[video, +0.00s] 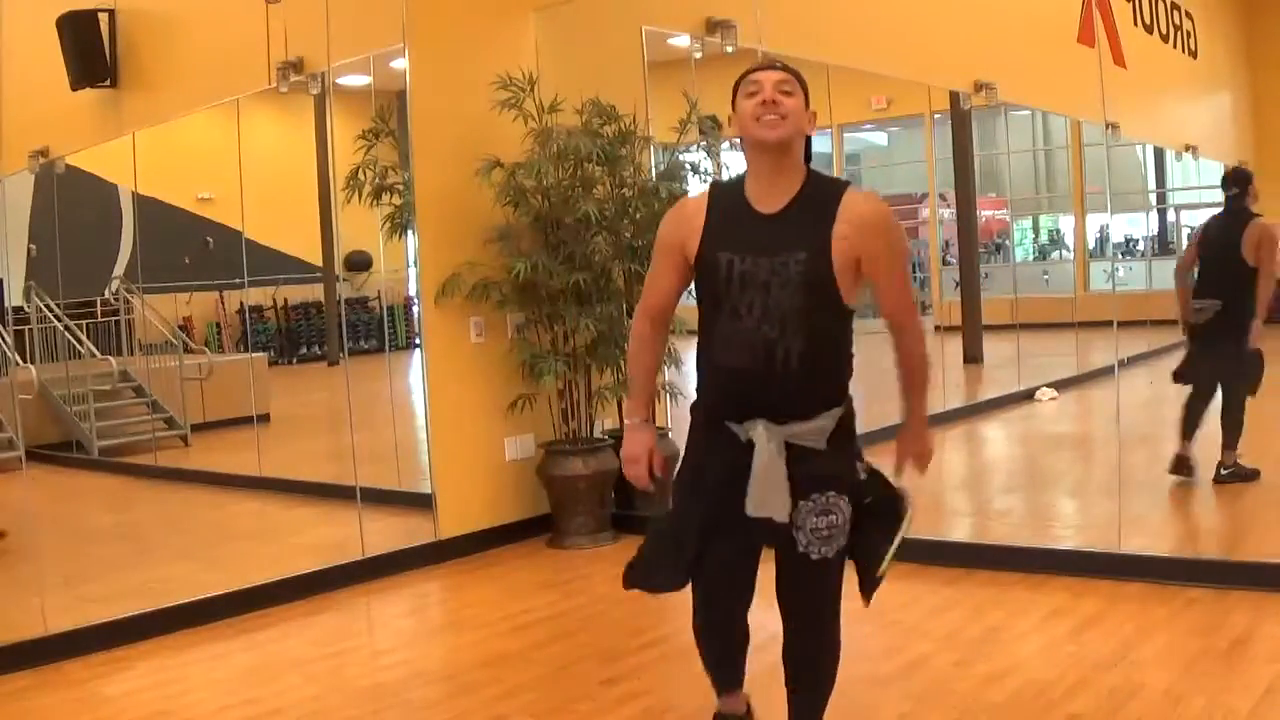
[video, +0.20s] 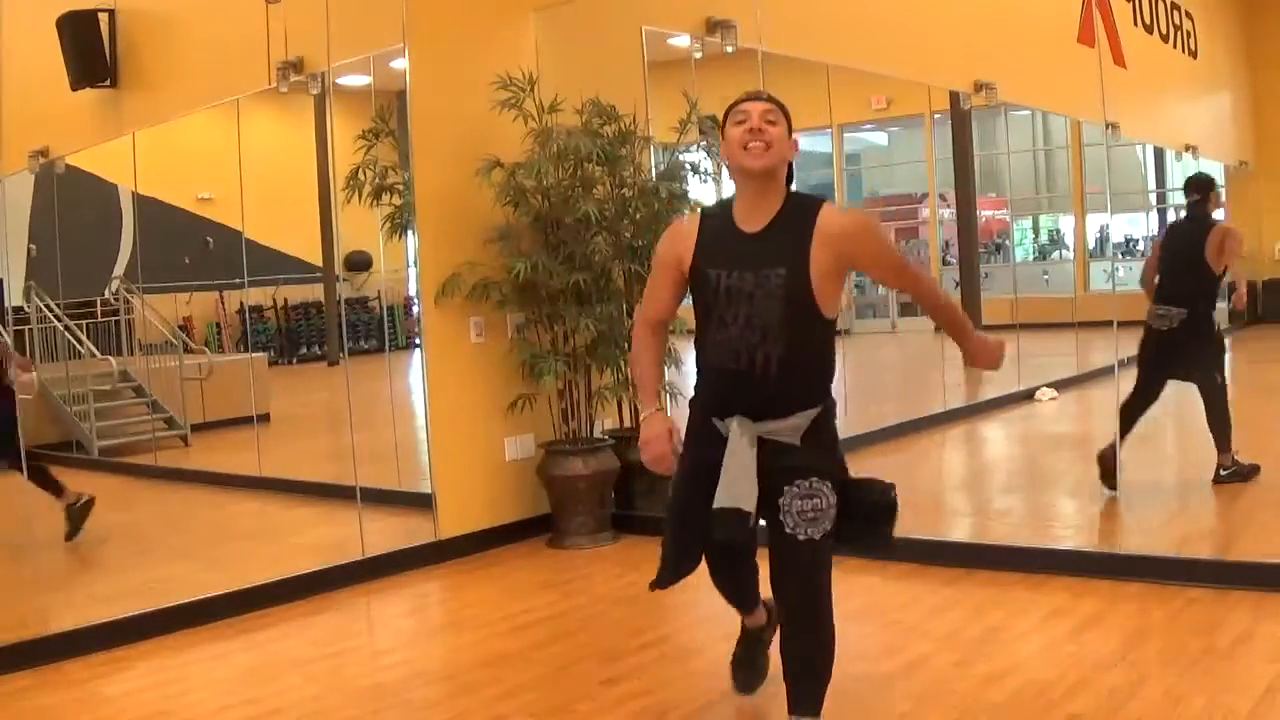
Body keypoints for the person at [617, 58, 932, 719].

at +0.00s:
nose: (769, 98)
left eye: (785, 91)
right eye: (753, 92)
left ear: (810, 120)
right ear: (734, 123)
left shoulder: (858, 214)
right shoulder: (692, 218)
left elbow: (906, 326)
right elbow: (649, 321)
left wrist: (915, 421)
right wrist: (637, 421)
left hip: (817, 443)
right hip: (722, 441)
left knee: (811, 612)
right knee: (716, 604)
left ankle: (806, 716)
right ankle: (729, 706)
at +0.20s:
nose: (756, 127)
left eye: (771, 120)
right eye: (740, 121)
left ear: (792, 148)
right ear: (722, 149)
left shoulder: (838, 229)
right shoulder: (688, 235)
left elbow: (917, 284)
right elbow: (648, 326)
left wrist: (972, 340)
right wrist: (651, 413)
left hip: (799, 434)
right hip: (718, 433)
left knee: (801, 593)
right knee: (724, 559)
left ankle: (804, 712)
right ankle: (755, 619)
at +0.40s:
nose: (726, 194)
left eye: (739, 184)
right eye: (714, 186)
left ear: (763, 201)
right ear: (702, 206)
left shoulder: (805, 280)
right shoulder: (685, 282)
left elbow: (877, 357)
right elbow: (656, 358)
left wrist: (925, 433)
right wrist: (651, 408)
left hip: (787, 457)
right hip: (716, 452)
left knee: (791, 586)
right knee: (723, 560)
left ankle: (798, 707)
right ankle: (771, 630)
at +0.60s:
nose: (713, 165)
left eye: (724, 155)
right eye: (701, 160)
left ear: (746, 168)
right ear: (691, 181)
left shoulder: (784, 232)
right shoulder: (680, 249)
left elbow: (771, 331)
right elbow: (637, 332)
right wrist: (619, 284)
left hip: (795, 406)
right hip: (732, 408)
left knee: (791, 535)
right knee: (743, 533)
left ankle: (787, 668)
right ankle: (775, 628)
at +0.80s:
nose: (708, 167)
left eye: (719, 156)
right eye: (696, 160)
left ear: (739, 167)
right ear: (684, 178)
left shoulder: (770, 225)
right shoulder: (676, 238)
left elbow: (705, 285)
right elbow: (633, 295)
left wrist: (623, 239)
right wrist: (615, 226)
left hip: (803, 391)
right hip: (743, 395)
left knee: (778, 512)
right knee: (754, 519)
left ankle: (817, 602)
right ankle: (778, 632)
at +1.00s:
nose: (699, 214)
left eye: (706, 198)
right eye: (687, 205)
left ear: (731, 180)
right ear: (678, 201)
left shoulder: (784, 229)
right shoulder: (683, 241)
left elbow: (785, 334)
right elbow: (669, 332)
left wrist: (756, 419)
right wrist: (662, 411)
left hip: (798, 392)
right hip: (734, 395)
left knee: (776, 509)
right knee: (749, 515)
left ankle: (828, 555)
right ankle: (777, 637)